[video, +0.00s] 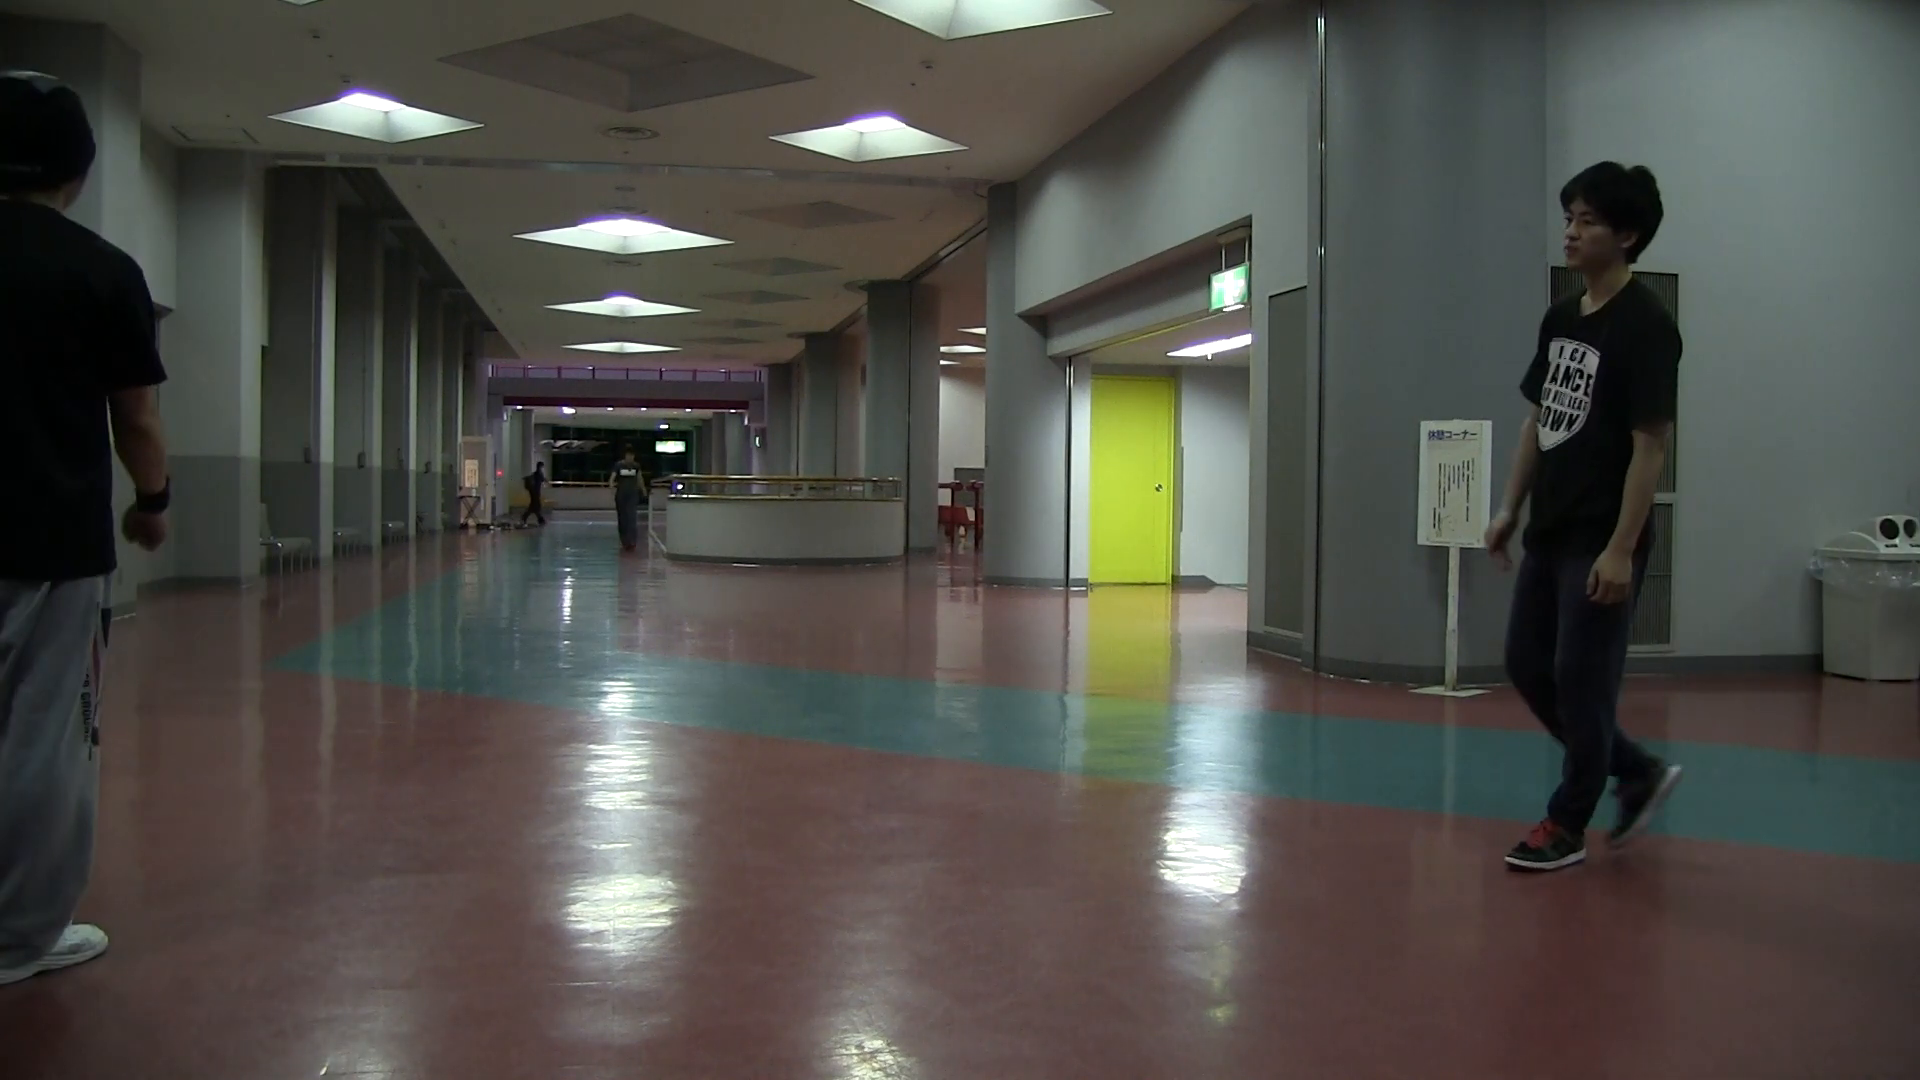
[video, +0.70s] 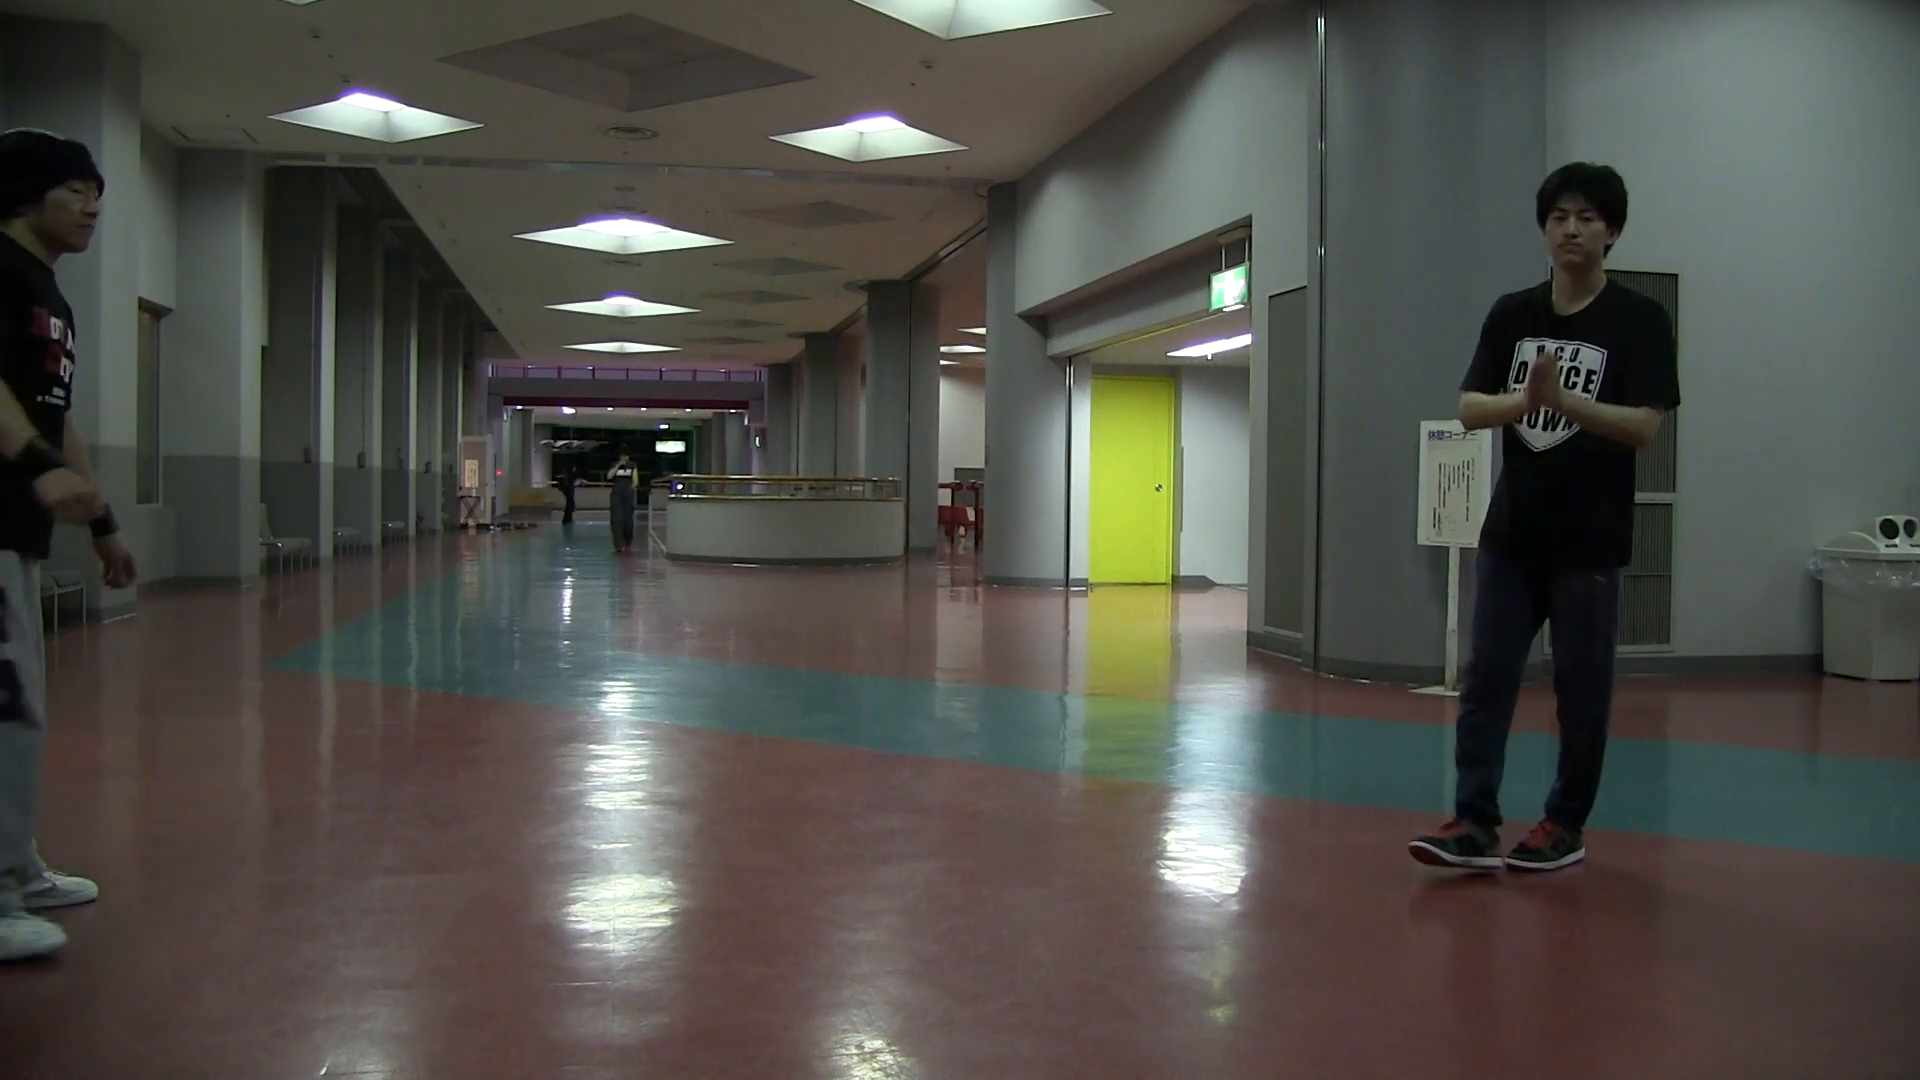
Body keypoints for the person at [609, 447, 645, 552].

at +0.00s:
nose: (630, 458)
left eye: (632, 456)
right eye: (628, 456)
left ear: (634, 457)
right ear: (625, 456)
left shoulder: (636, 466)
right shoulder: (619, 465)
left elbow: (640, 480)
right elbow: (612, 479)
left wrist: (644, 490)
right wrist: (612, 485)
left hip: (633, 496)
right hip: (621, 496)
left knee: (632, 519)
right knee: (623, 519)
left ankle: (632, 542)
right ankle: (625, 542)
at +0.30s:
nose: (628, 456)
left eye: (630, 454)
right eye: (627, 454)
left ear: (632, 455)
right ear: (624, 454)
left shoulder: (635, 465)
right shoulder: (618, 464)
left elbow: (640, 481)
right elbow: (612, 477)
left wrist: (645, 496)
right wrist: (618, 472)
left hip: (632, 496)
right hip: (620, 496)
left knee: (631, 519)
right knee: (620, 518)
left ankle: (627, 543)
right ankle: (621, 540)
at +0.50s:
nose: (627, 457)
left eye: (629, 455)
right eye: (625, 455)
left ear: (632, 456)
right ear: (622, 455)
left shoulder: (635, 465)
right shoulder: (618, 464)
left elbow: (637, 478)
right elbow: (610, 476)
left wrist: (635, 485)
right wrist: (618, 467)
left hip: (631, 494)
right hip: (619, 494)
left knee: (630, 519)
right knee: (619, 518)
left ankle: (627, 544)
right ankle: (616, 544)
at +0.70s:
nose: (624, 459)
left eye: (626, 456)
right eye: (622, 456)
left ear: (628, 456)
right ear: (619, 457)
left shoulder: (632, 466)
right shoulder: (616, 465)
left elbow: (635, 481)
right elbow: (609, 476)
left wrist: (632, 487)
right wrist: (618, 465)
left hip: (628, 497)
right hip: (617, 496)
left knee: (628, 520)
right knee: (617, 520)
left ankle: (628, 544)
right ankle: (618, 545)